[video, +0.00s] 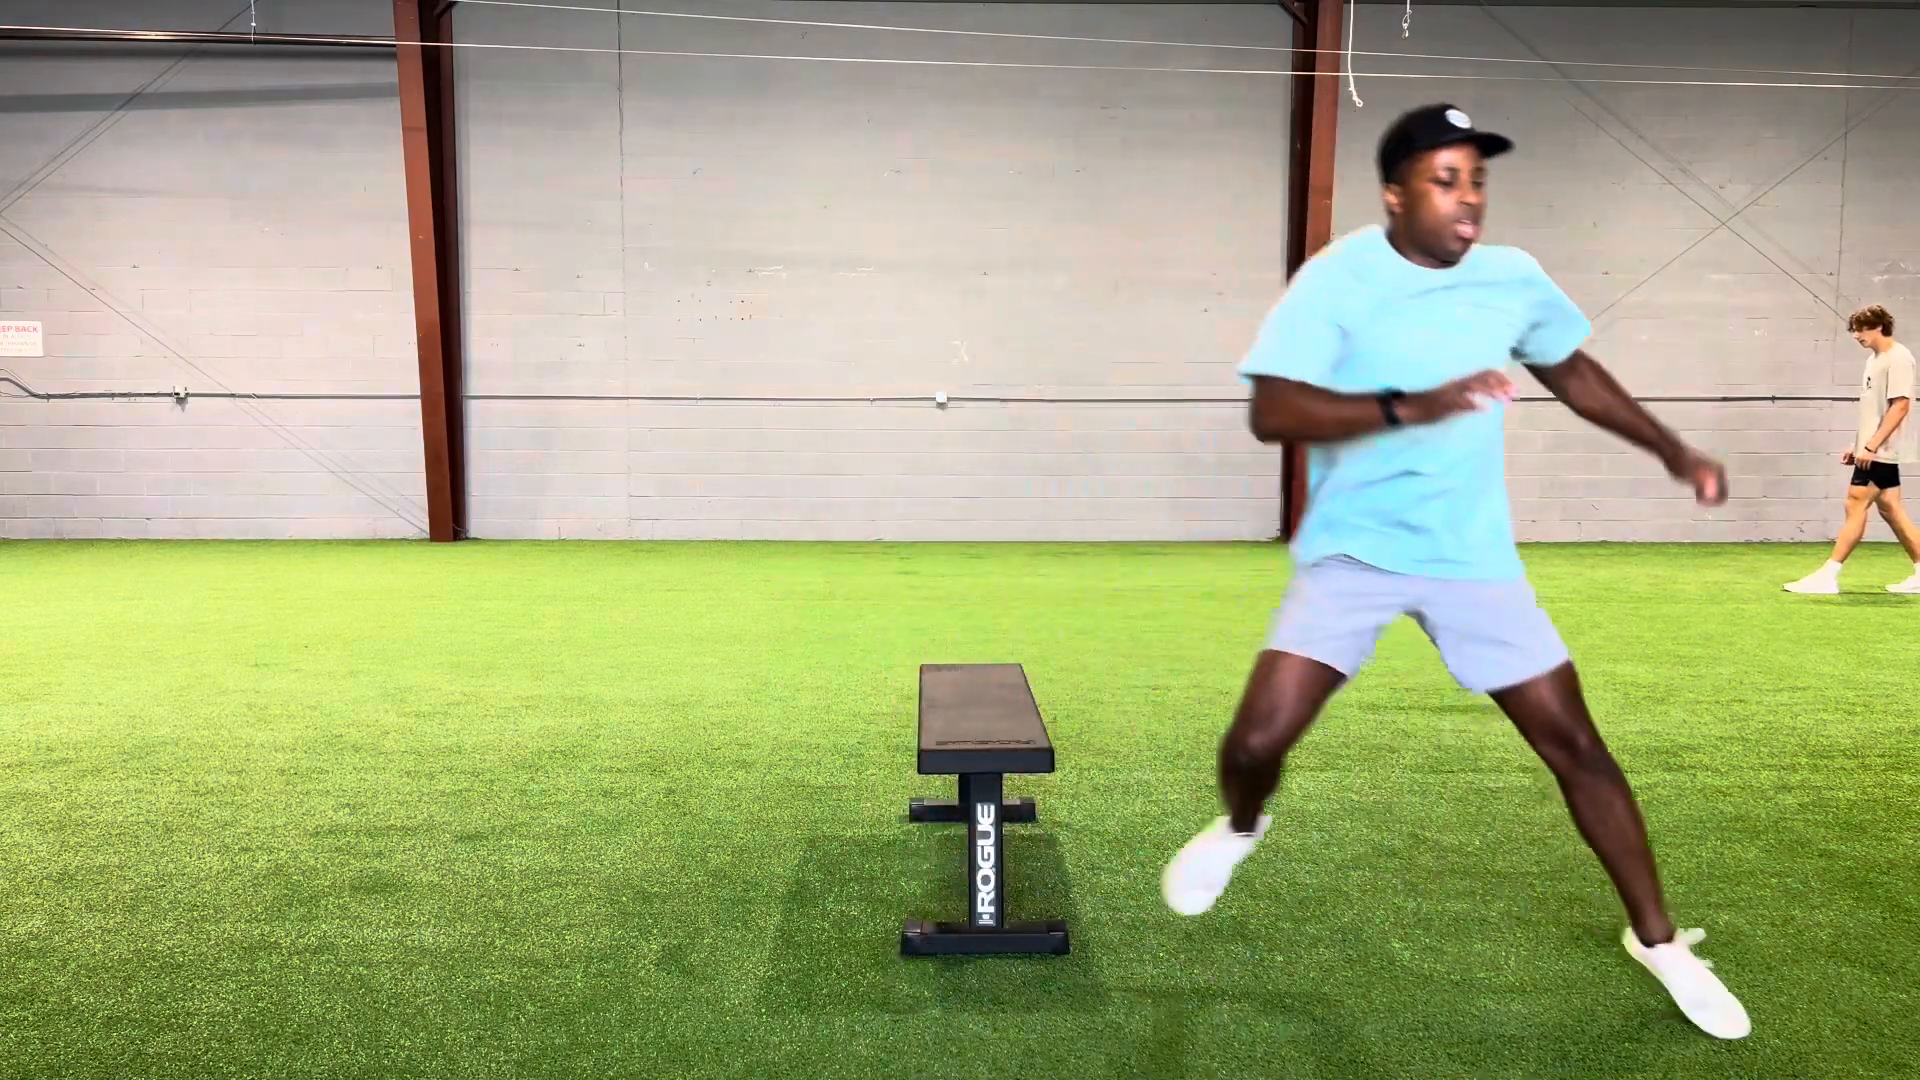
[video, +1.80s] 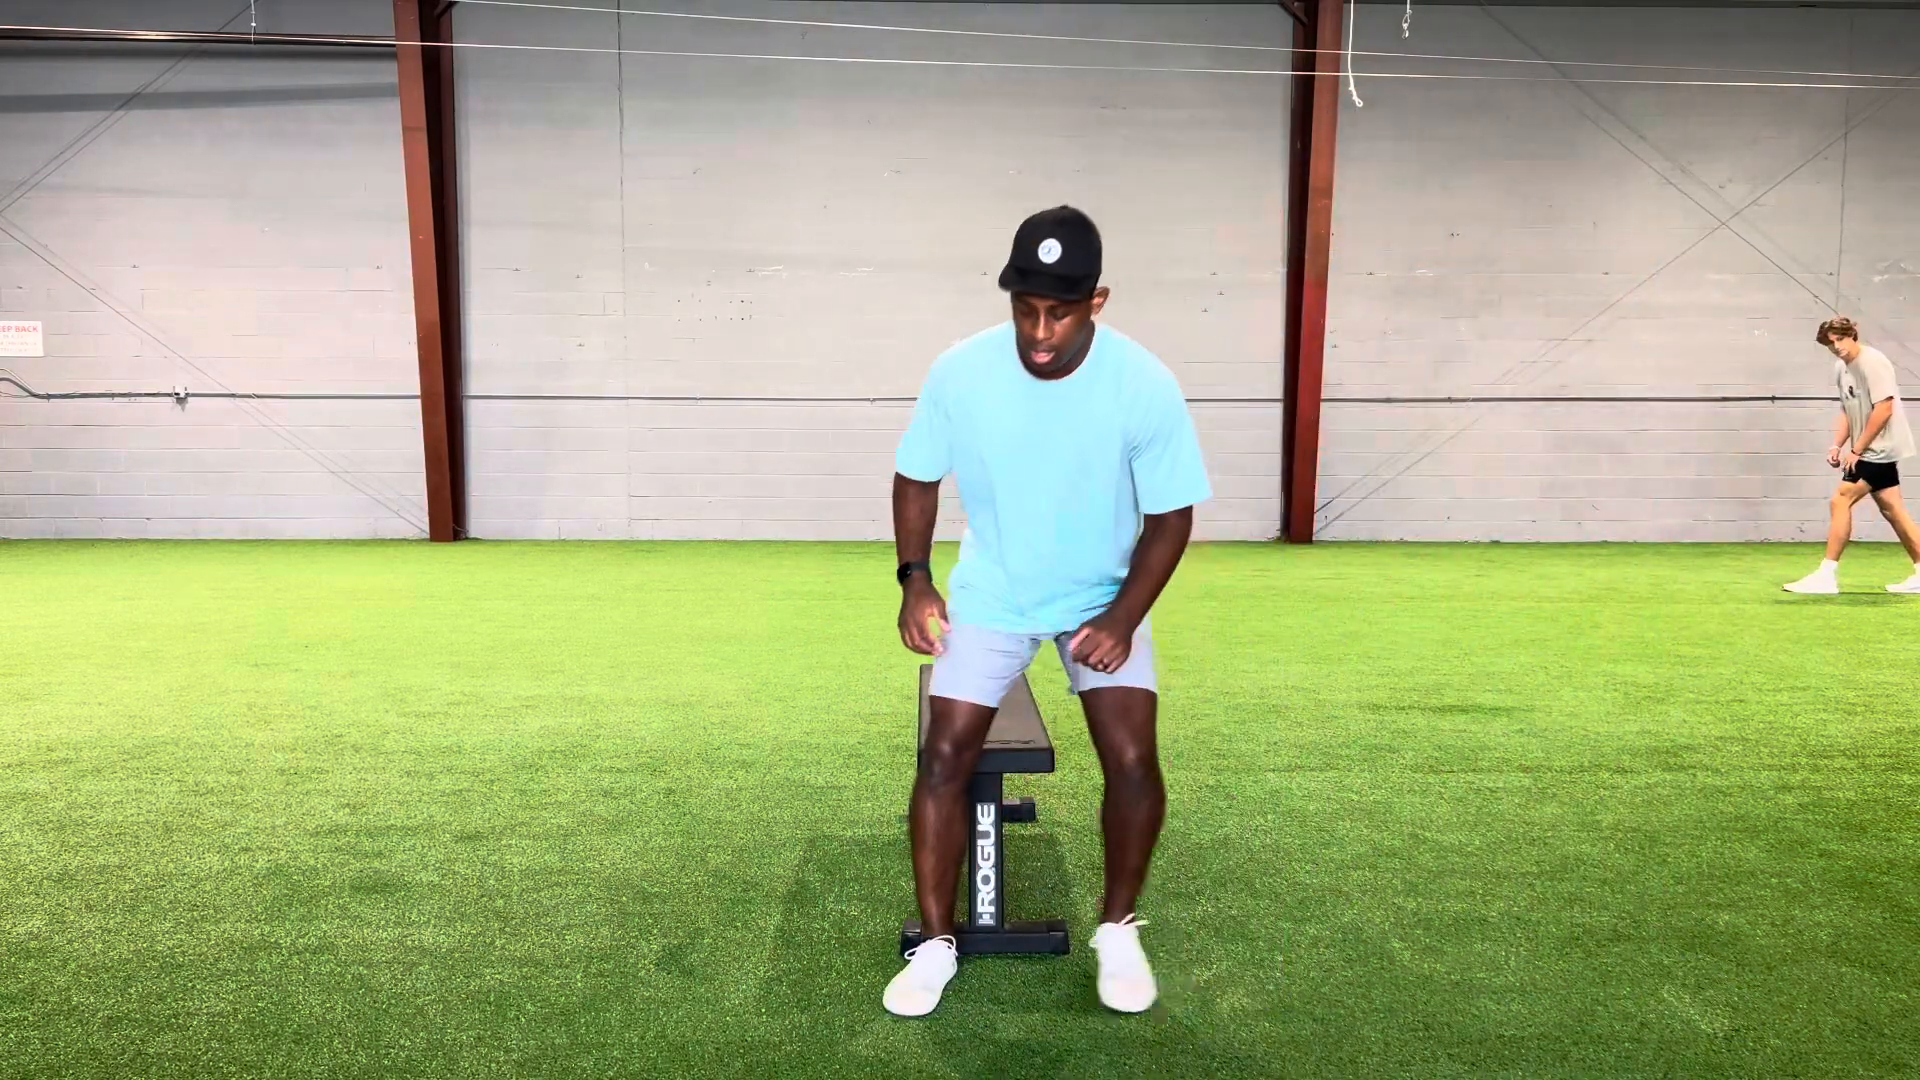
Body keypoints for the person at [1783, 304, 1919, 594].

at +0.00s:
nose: (1858, 337)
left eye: (1862, 331)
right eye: (1856, 332)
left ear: (1879, 328)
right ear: (1869, 332)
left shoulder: (1898, 357)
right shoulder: (1875, 359)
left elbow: (1901, 407)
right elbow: (1873, 410)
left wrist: (1872, 446)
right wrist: (1857, 446)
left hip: (1880, 451)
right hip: (1875, 451)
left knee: (1856, 505)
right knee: (1891, 510)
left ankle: (1828, 574)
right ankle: (1919, 570)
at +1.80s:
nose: (1836, 348)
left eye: (1839, 341)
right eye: (1831, 345)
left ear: (1852, 336)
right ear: (1829, 347)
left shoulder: (1873, 361)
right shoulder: (1843, 369)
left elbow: (1884, 409)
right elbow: (1848, 412)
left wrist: (1857, 450)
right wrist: (1837, 445)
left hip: (1881, 450)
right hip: (1871, 450)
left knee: (1841, 501)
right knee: (1894, 511)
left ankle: (1826, 574)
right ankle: (1919, 571)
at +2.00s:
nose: (1808, 361)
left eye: (1811, 354)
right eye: (1803, 358)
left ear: (1825, 347)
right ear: (1801, 358)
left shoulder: (1845, 370)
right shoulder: (1816, 378)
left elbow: (1858, 418)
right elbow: (1823, 416)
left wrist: (1843, 457)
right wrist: (1826, 449)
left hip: (1875, 448)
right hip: (1866, 449)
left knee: (1837, 501)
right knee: (1889, 509)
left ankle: (1826, 574)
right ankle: (1919, 567)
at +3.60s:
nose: (1775, 384)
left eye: (1777, 377)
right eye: (1772, 379)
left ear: (1792, 370)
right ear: (1788, 373)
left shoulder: (1823, 386)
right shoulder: (1796, 396)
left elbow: (1850, 427)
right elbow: (1811, 431)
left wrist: (1835, 471)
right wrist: (1814, 463)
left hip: (1869, 454)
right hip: (1863, 456)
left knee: (1822, 502)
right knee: (1885, 514)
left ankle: (1826, 576)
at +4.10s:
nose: (1762, 408)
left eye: (1760, 403)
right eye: (1758, 405)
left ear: (1770, 391)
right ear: (1769, 394)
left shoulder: (1807, 399)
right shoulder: (1784, 414)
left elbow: (1847, 430)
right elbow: (1800, 445)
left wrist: (1875, 470)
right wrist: (1796, 469)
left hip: (1862, 462)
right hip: (1853, 462)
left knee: (1817, 503)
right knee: (1881, 518)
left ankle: (1825, 577)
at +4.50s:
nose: (1753, 441)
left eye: (1751, 436)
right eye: (1749, 439)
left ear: (1760, 423)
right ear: (1757, 426)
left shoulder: (1795, 428)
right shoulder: (1771, 437)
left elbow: (1855, 434)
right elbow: (1782, 469)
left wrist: (1908, 444)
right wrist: (1777, 481)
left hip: (1864, 463)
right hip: (1861, 464)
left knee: (1814, 504)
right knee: (1868, 525)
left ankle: (1825, 577)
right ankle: (1919, 559)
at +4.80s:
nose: (1749, 452)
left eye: (1749, 446)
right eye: (1746, 448)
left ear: (1758, 438)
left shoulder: (1794, 442)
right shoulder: (1760, 454)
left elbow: (1847, 424)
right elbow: (1762, 495)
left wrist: (1899, 408)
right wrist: (1755, 491)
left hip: (1862, 470)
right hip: (1854, 471)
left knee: (1803, 509)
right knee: (1860, 533)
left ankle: (1827, 578)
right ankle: (1918, 563)